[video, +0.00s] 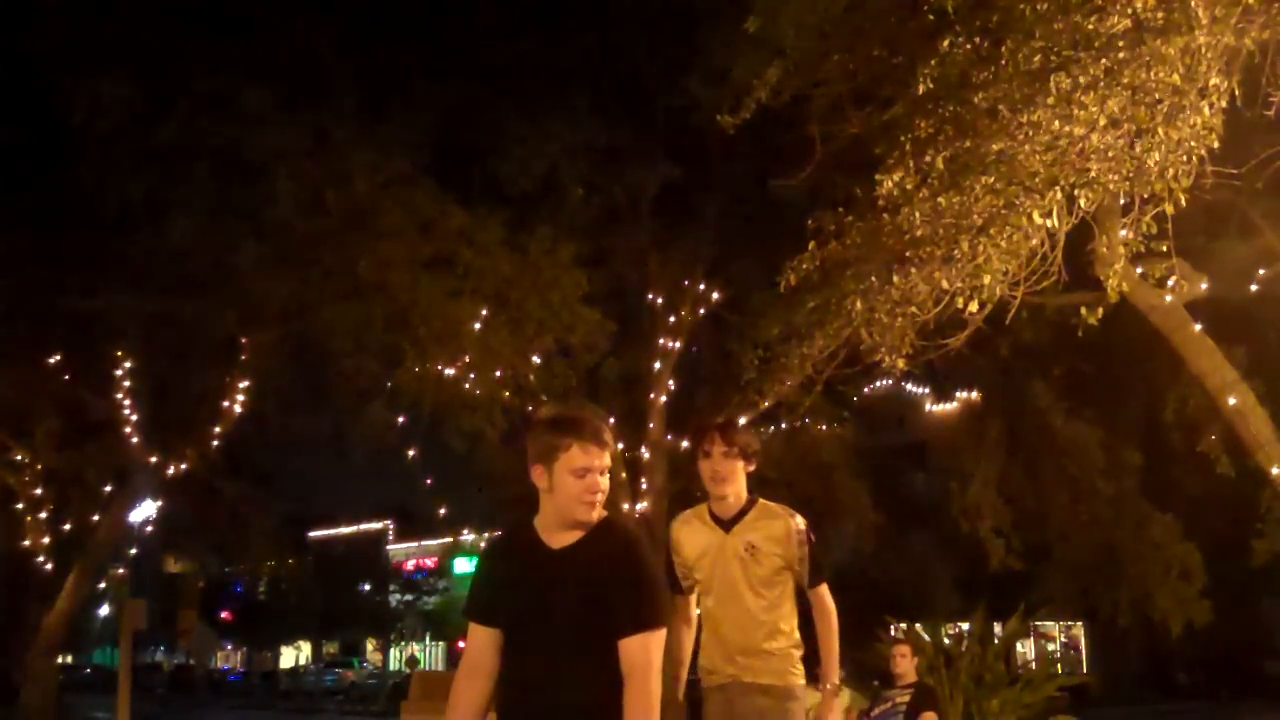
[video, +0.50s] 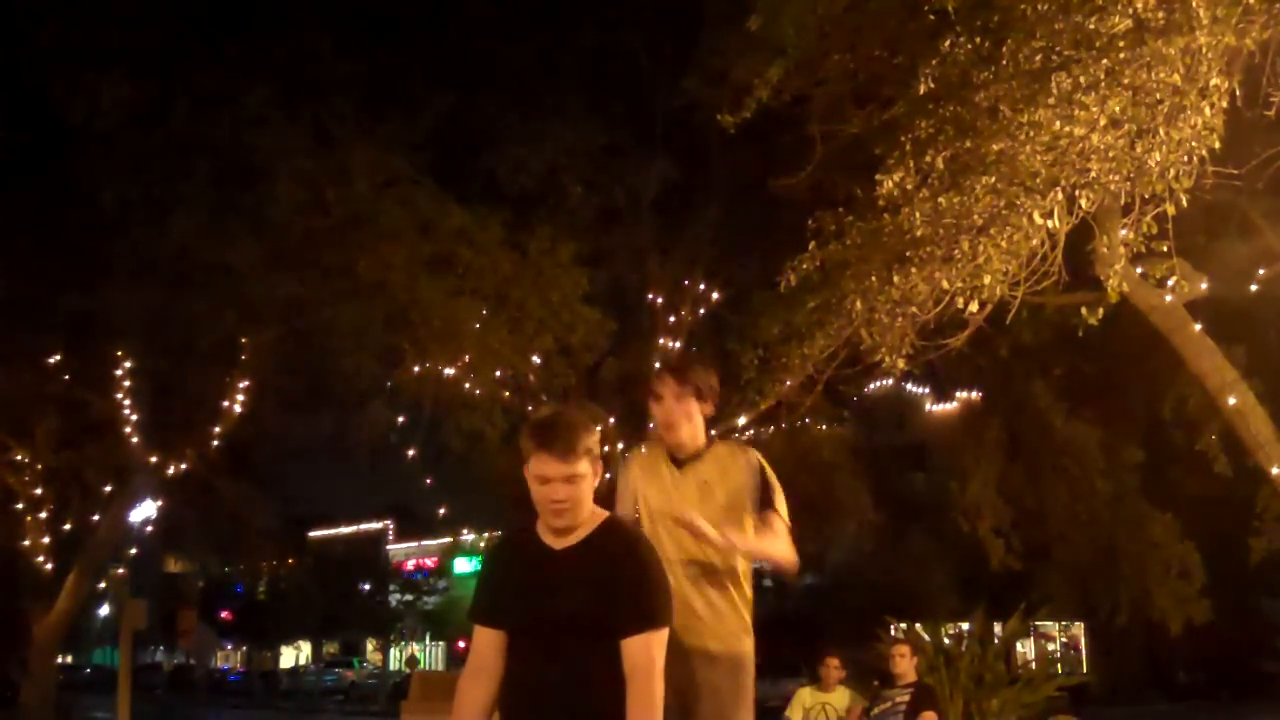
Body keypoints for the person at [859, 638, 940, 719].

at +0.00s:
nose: (896, 661)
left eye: (903, 656)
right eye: (893, 656)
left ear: (914, 661)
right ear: (889, 661)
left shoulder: (925, 691)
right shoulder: (880, 693)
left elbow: (929, 716)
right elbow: (867, 716)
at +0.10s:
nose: (896, 661)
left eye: (902, 656)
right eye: (892, 656)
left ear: (914, 661)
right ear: (889, 660)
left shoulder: (925, 691)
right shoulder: (880, 692)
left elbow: (929, 716)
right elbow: (868, 716)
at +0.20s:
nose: (896, 661)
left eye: (902, 656)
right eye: (892, 657)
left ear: (914, 661)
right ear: (888, 661)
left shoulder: (925, 691)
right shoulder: (878, 693)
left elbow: (929, 716)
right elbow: (866, 716)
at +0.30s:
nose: (896, 661)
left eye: (902, 656)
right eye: (892, 656)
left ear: (914, 661)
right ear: (888, 660)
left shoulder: (925, 691)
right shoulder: (879, 692)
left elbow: (929, 716)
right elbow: (866, 715)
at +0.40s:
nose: (896, 661)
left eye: (902, 656)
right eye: (892, 657)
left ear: (914, 661)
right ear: (888, 660)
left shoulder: (925, 691)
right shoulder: (880, 692)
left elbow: (928, 717)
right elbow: (866, 716)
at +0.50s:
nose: (895, 661)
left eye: (902, 656)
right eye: (892, 656)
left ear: (914, 661)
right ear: (888, 660)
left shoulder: (924, 691)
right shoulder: (879, 694)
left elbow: (929, 716)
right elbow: (866, 715)